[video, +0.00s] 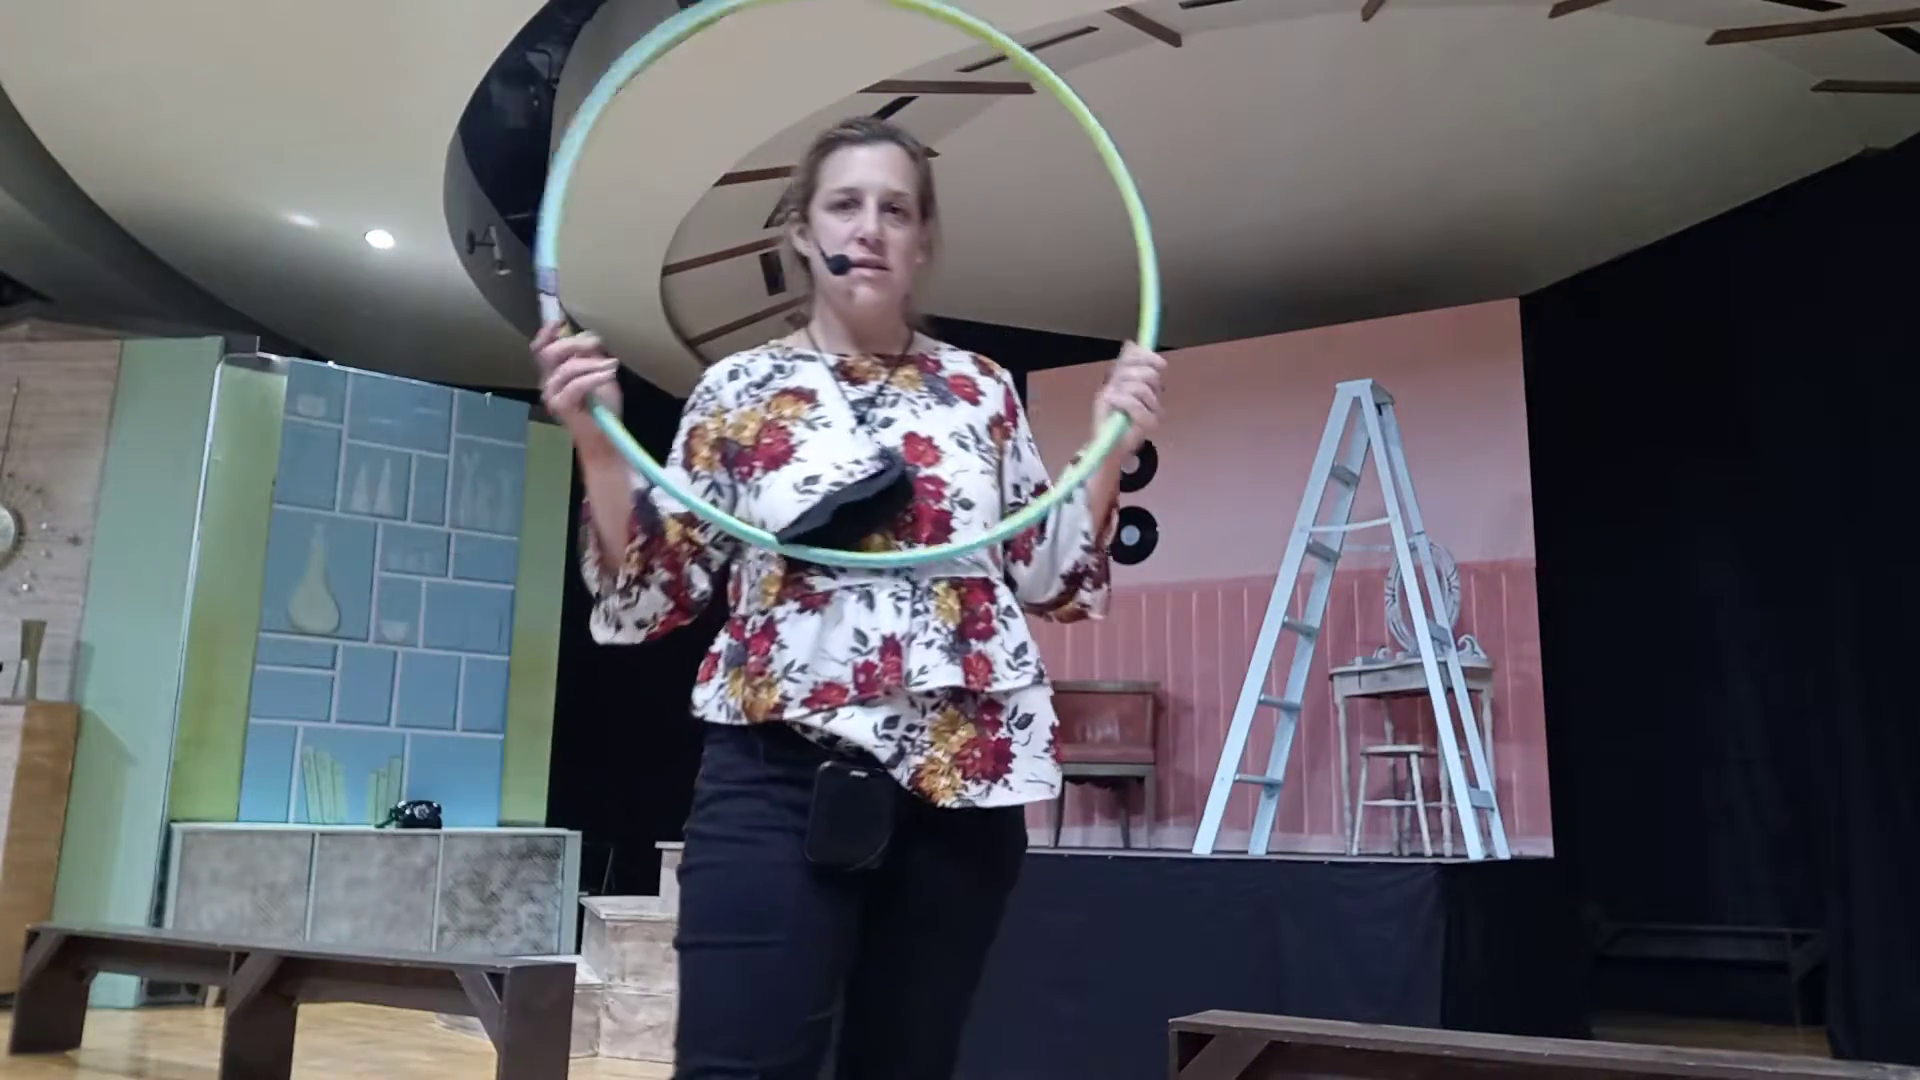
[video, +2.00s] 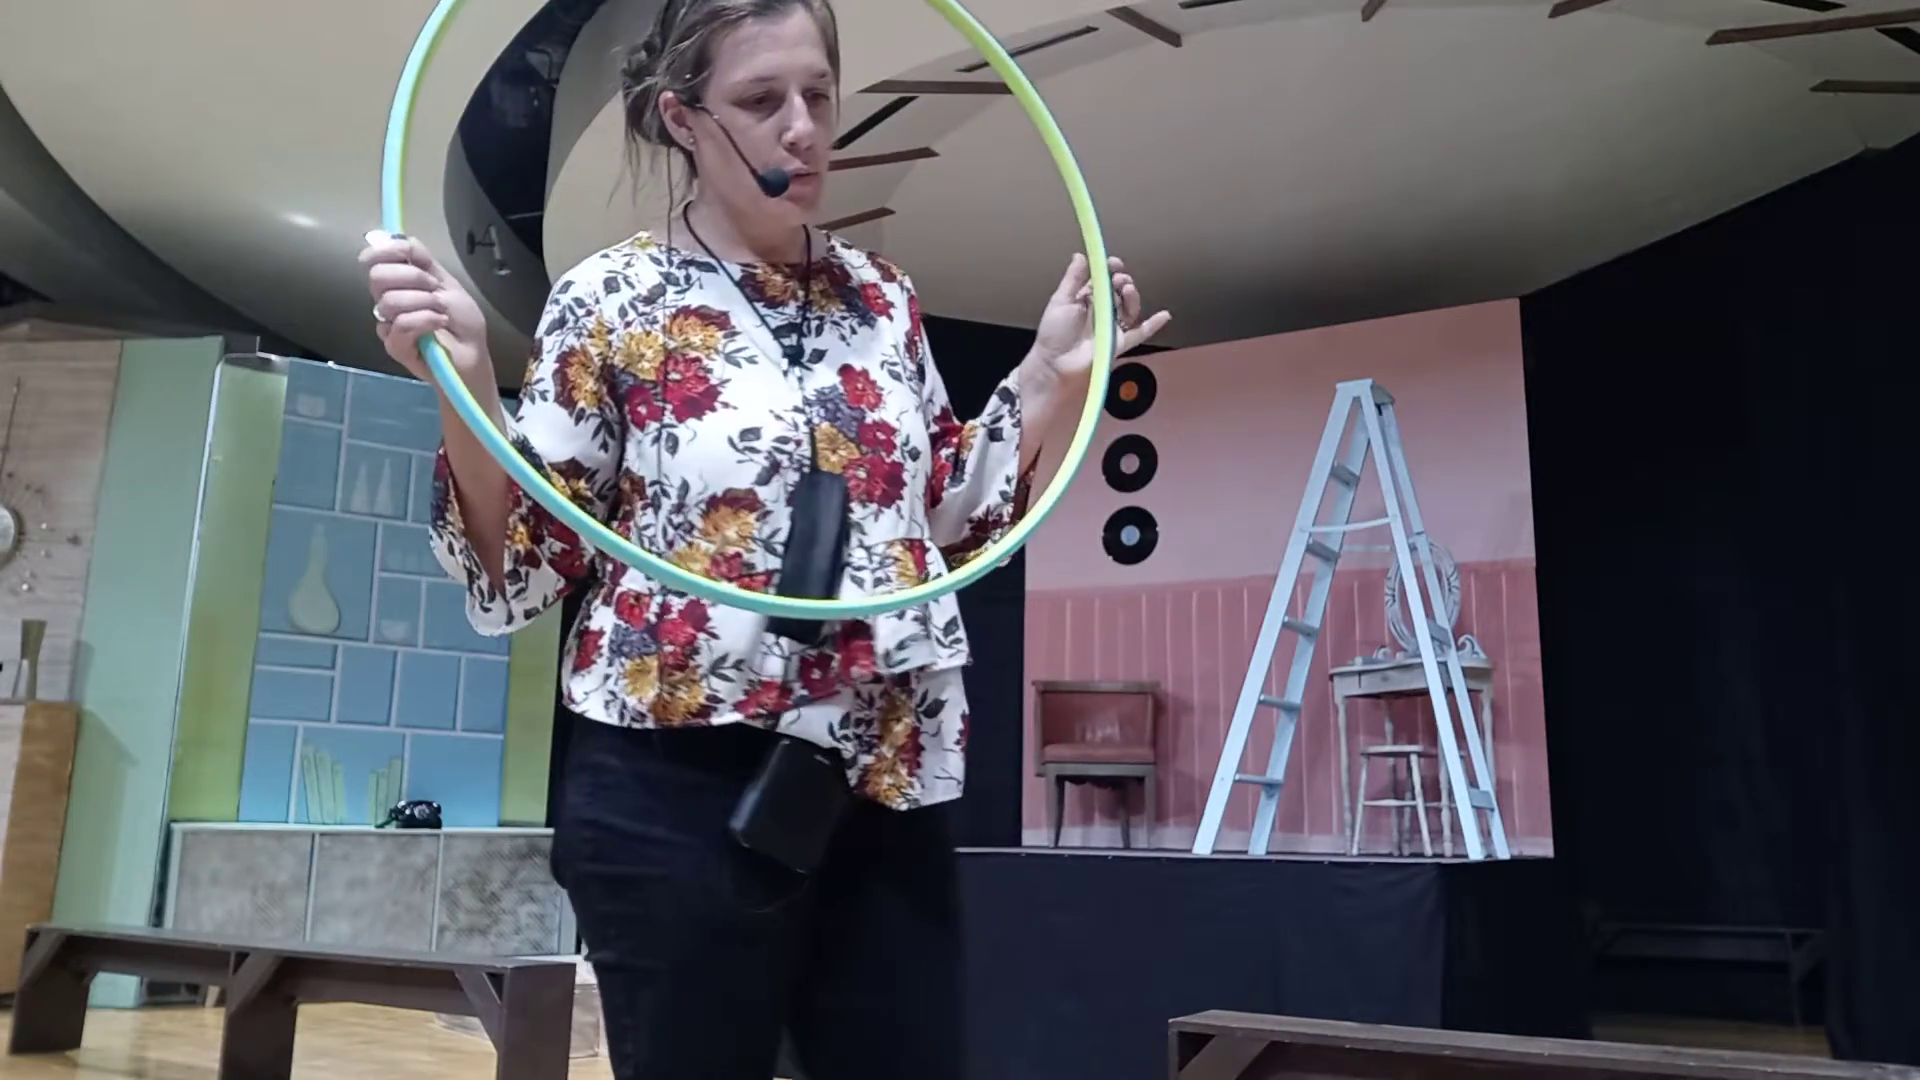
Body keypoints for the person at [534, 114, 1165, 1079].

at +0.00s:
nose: (869, 226)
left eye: (896, 209)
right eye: (844, 204)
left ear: (928, 243)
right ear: (802, 233)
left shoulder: (982, 392)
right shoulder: (734, 390)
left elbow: (1042, 574)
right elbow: (656, 592)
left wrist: (1108, 456)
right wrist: (595, 446)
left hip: (958, 799)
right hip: (771, 782)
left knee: (903, 1064)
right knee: (744, 1061)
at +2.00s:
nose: (802, 128)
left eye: (817, 96)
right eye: (763, 97)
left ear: (839, 112)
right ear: (679, 119)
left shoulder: (885, 304)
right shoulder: (611, 294)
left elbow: (949, 513)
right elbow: (534, 562)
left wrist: (1055, 380)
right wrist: (464, 388)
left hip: (885, 788)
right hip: (672, 778)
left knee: (907, 1058)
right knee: (699, 1059)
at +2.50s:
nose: (973, 138)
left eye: (991, 106)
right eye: (936, 105)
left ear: (1012, 118)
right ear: (850, 120)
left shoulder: (1042, 319)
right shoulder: (765, 297)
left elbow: (1097, 536)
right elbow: (667, 558)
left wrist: (1208, 405)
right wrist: (621, 366)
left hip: (1029, 808)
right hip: (812, 785)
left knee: (1079, 1064)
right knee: (788, 1065)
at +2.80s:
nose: (1082, 132)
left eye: (1112, 104)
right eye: (1050, 102)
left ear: (1149, 133)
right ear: (999, 132)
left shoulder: (1205, 328)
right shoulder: (911, 302)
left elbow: (1269, 557)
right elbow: (790, 550)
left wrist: (1380, 415)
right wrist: (725, 393)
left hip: (1175, 805)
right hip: (946, 778)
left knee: (1166, 1069)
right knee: (895, 1064)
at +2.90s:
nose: (1111, 137)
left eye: (1141, 108)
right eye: (1081, 108)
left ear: (1183, 134)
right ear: (1036, 136)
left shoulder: (1247, 332)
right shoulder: (950, 308)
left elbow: (1305, 551)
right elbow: (839, 481)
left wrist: (1421, 414)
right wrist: (765, 514)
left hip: (1200, 794)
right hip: (976, 770)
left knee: (1178, 1064)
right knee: (925, 1058)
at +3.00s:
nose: (1134, 137)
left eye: (1165, 109)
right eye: (1106, 108)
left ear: (1211, 138)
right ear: (1061, 137)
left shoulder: (1277, 332)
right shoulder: (981, 315)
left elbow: (1344, 561)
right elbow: (852, 521)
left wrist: (1443, 412)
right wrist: (848, 649)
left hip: (1216, 802)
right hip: (992, 775)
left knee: (1186, 1065)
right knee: (931, 1062)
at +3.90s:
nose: (1045, 159)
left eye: (1075, 146)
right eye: (1018, 144)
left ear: (1109, 198)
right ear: (976, 193)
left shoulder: (1174, 358)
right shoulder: (903, 368)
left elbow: (1233, 581)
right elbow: (776, 543)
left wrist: (1284, 427)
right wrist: (822, 650)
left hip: (1130, 806)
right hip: (933, 797)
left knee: (1126, 1062)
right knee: (936, 1061)